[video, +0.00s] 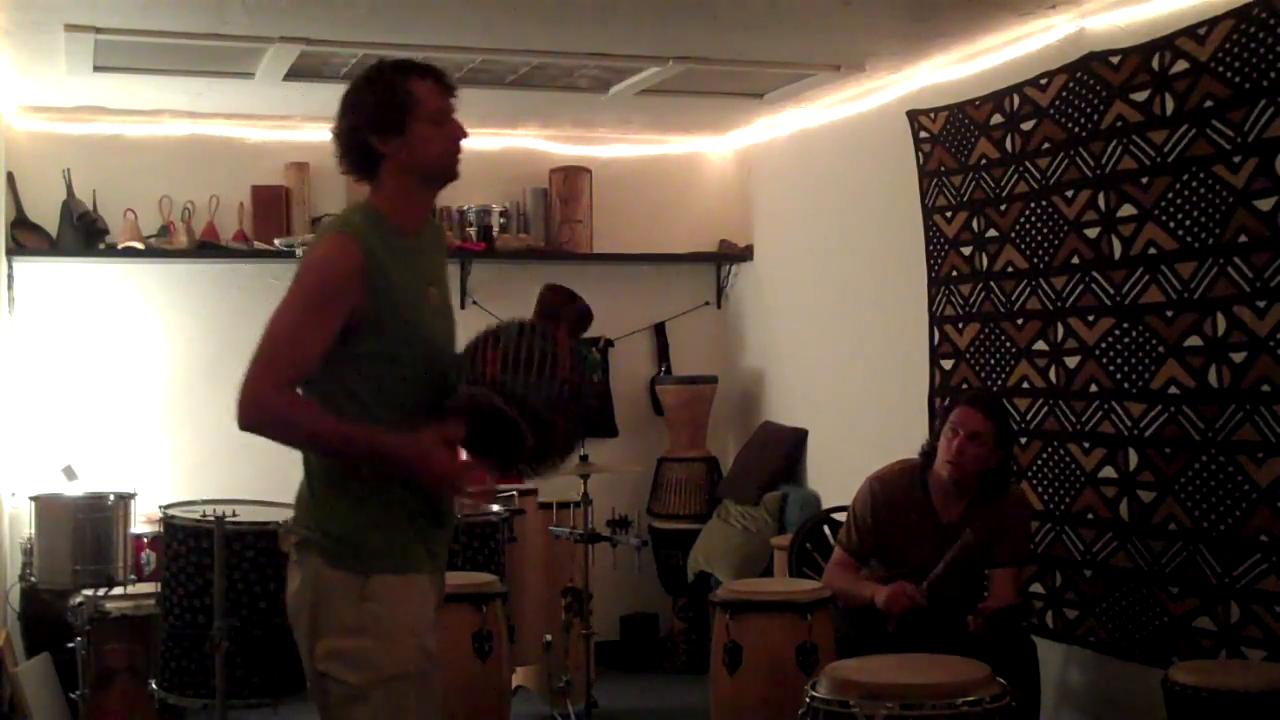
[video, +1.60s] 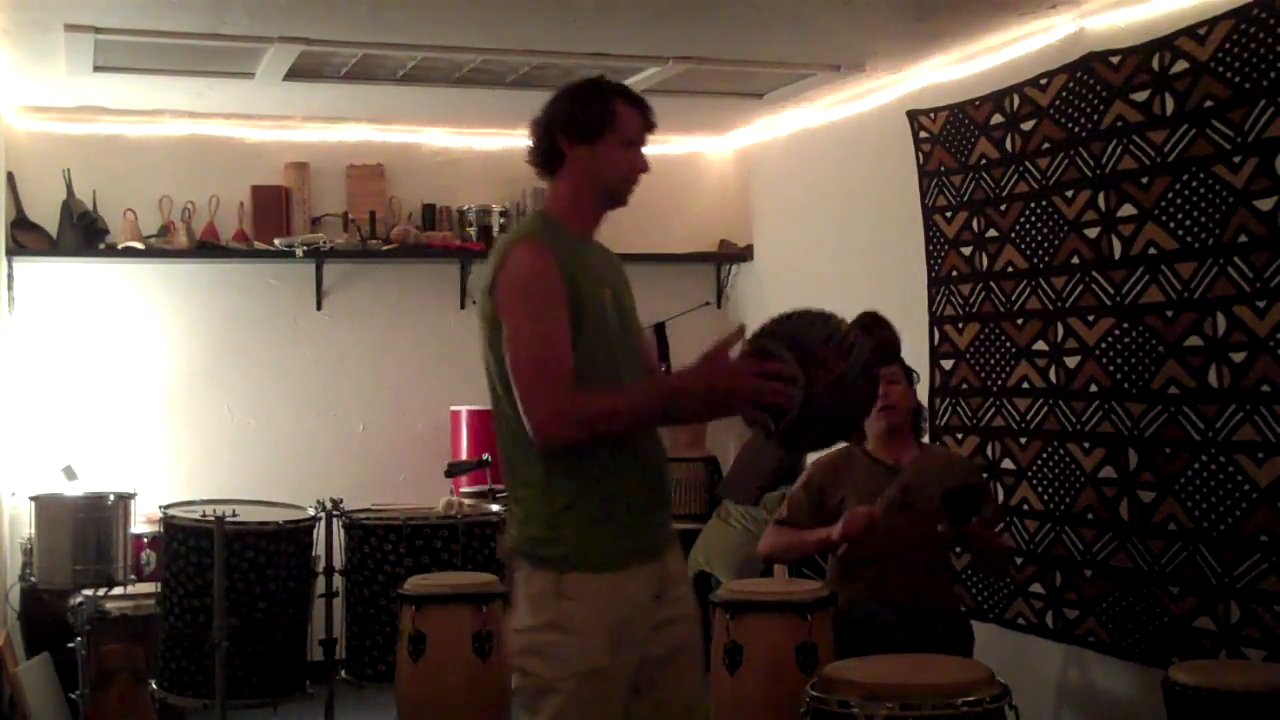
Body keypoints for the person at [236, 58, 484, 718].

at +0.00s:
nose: (461, 128)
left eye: (454, 114)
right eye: (442, 116)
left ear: (403, 140)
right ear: (388, 139)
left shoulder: (425, 240)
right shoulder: (345, 248)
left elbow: (414, 385)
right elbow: (260, 403)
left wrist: (491, 422)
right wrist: (406, 450)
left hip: (407, 551)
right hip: (356, 563)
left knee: (407, 705)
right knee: (375, 706)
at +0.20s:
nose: (484, 125)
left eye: (476, 111)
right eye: (462, 114)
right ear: (408, 140)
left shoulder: (444, 243)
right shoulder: (371, 267)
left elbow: (436, 377)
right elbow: (341, 445)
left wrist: (536, 356)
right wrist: (498, 426)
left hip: (431, 555)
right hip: (377, 569)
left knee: (437, 705)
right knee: (393, 709)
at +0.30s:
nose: (485, 119)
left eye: (478, 106)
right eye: (465, 108)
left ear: (423, 138)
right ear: (409, 135)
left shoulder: (430, 244)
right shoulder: (394, 255)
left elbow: (454, 358)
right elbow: (409, 444)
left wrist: (563, 348)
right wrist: (566, 416)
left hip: (438, 559)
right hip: (390, 572)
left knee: (474, 702)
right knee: (412, 709)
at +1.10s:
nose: (545, 136)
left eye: (539, 122)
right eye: (525, 124)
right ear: (472, 144)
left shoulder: (487, 255)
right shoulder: (471, 263)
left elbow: (499, 403)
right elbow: (434, 438)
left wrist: (594, 414)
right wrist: (577, 492)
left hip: (527, 570)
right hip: (472, 581)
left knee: (575, 713)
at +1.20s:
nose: (575, 131)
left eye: (568, 118)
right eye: (557, 119)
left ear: (514, 148)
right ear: (503, 145)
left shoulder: (515, 253)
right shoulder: (488, 255)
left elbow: (521, 401)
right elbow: (457, 421)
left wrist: (625, 391)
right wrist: (609, 429)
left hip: (537, 577)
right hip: (478, 586)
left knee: (588, 712)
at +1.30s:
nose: (598, 137)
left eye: (593, 121)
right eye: (582, 120)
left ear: (530, 138)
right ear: (527, 134)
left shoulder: (533, 246)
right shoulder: (505, 244)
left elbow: (559, 390)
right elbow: (510, 413)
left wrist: (673, 365)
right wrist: (663, 408)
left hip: (561, 566)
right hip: (496, 574)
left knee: (593, 711)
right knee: (484, 709)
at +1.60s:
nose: (643, 164)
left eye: (643, 147)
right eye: (632, 145)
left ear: (581, 150)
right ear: (577, 146)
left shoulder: (601, 263)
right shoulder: (530, 258)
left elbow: (638, 396)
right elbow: (551, 416)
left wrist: (725, 390)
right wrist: (687, 391)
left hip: (649, 561)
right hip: (571, 574)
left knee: (674, 714)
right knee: (570, 711)